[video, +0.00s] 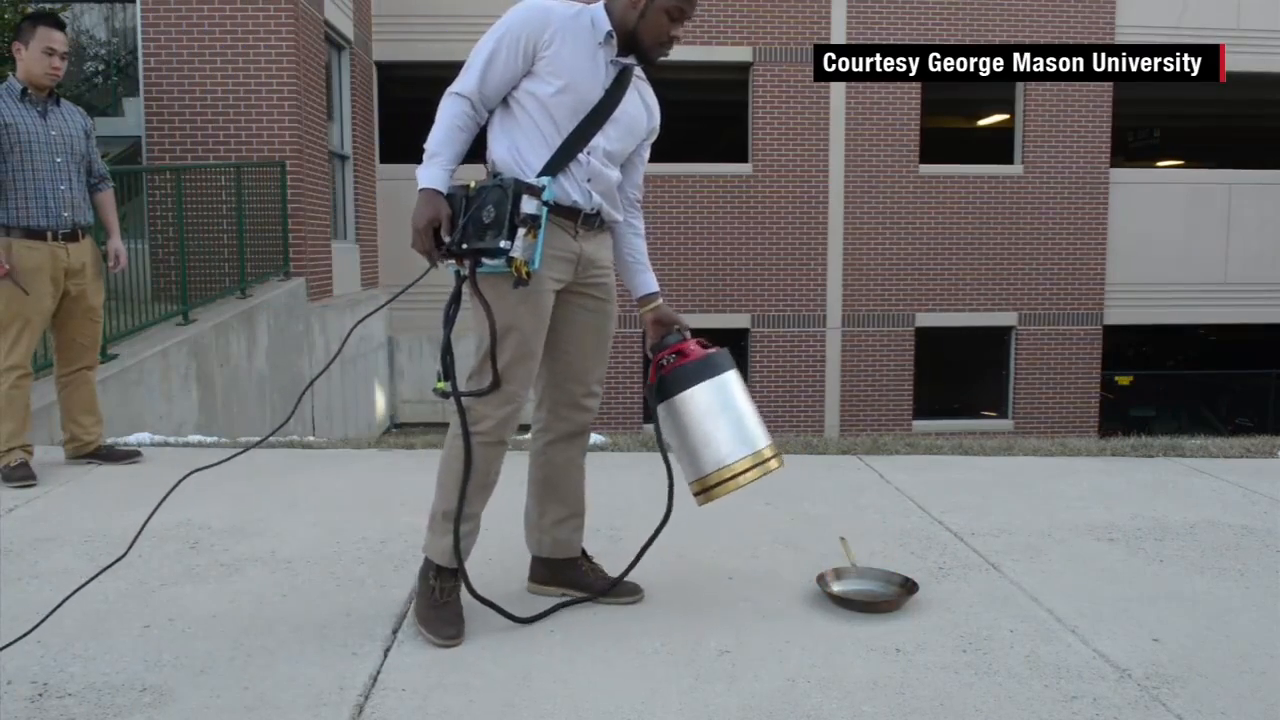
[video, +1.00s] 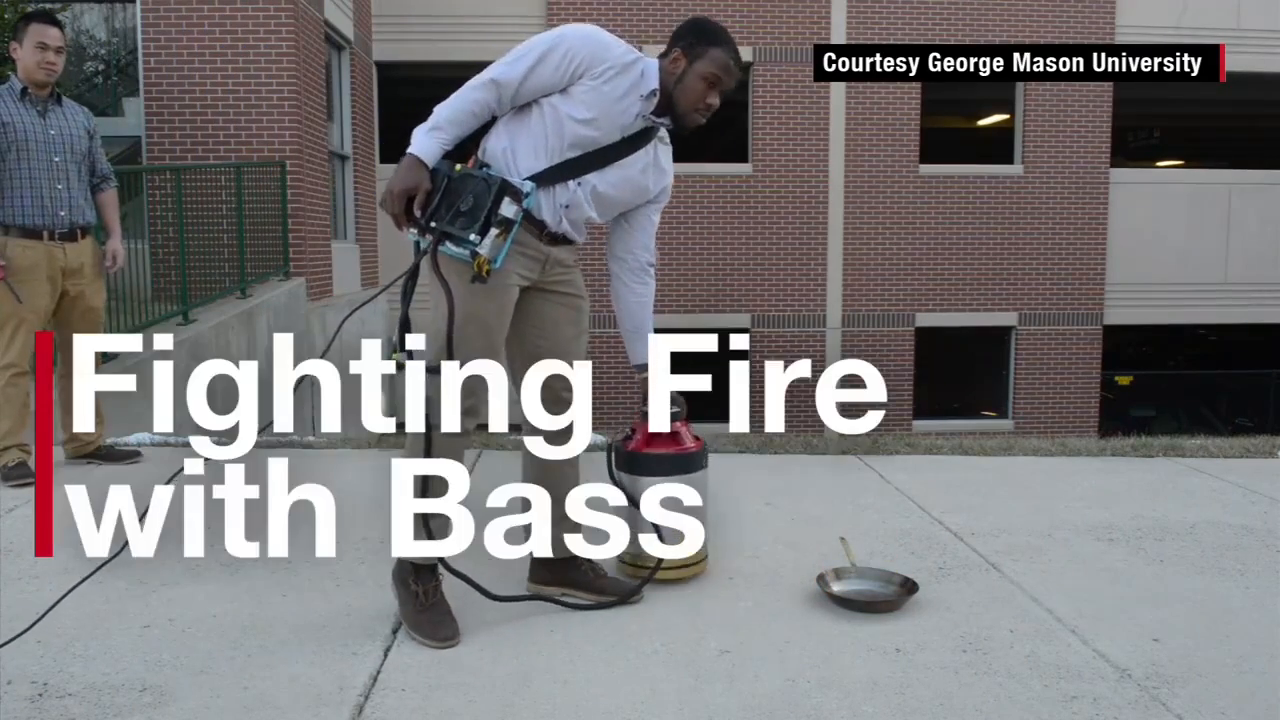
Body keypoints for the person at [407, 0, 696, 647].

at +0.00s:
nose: (680, 34)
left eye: (686, 22)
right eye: (676, 17)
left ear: (653, 14)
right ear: (638, 2)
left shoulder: (644, 105)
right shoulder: (546, 22)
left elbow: (627, 208)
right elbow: (465, 98)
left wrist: (649, 296)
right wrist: (432, 188)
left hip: (595, 251)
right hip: (517, 237)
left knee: (571, 409)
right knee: (492, 407)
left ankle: (556, 557)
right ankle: (443, 568)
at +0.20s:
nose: (679, 41)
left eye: (687, 30)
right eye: (676, 24)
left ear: (652, 16)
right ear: (637, 3)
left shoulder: (642, 112)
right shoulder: (548, 23)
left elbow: (624, 217)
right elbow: (466, 96)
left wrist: (649, 307)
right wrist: (425, 183)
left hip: (587, 251)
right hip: (510, 235)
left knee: (566, 409)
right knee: (489, 407)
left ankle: (556, 557)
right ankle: (443, 570)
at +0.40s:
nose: (687, 58)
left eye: (695, 48)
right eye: (684, 40)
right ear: (646, 14)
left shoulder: (644, 126)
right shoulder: (556, 26)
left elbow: (625, 229)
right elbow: (470, 89)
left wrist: (646, 325)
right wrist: (418, 175)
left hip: (573, 252)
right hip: (499, 233)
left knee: (562, 406)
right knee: (475, 406)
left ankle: (555, 557)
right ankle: (436, 570)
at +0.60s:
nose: (701, 78)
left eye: (709, 67)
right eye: (698, 59)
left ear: (694, 61)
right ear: (659, 33)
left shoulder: (648, 145)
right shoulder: (569, 36)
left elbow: (630, 249)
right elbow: (478, 87)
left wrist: (648, 341)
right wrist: (414, 166)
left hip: (563, 255)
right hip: (491, 233)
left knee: (559, 412)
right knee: (466, 412)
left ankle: (554, 558)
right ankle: (427, 568)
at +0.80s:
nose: (709, 97)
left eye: (718, 88)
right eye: (708, 79)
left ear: (688, 69)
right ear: (672, 51)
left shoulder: (652, 160)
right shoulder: (584, 45)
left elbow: (634, 262)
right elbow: (486, 88)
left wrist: (650, 356)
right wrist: (417, 158)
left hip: (559, 258)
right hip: (485, 232)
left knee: (559, 411)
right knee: (462, 409)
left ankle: (554, 557)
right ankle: (417, 564)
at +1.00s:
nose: (713, 105)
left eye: (724, 98)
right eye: (710, 85)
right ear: (674, 59)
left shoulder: (655, 171)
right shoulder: (593, 52)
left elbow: (635, 271)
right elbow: (491, 89)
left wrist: (651, 369)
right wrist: (418, 158)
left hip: (556, 258)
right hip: (484, 231)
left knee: (558, 411)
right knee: (465, 408)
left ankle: (555, 557)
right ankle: (419, 565)